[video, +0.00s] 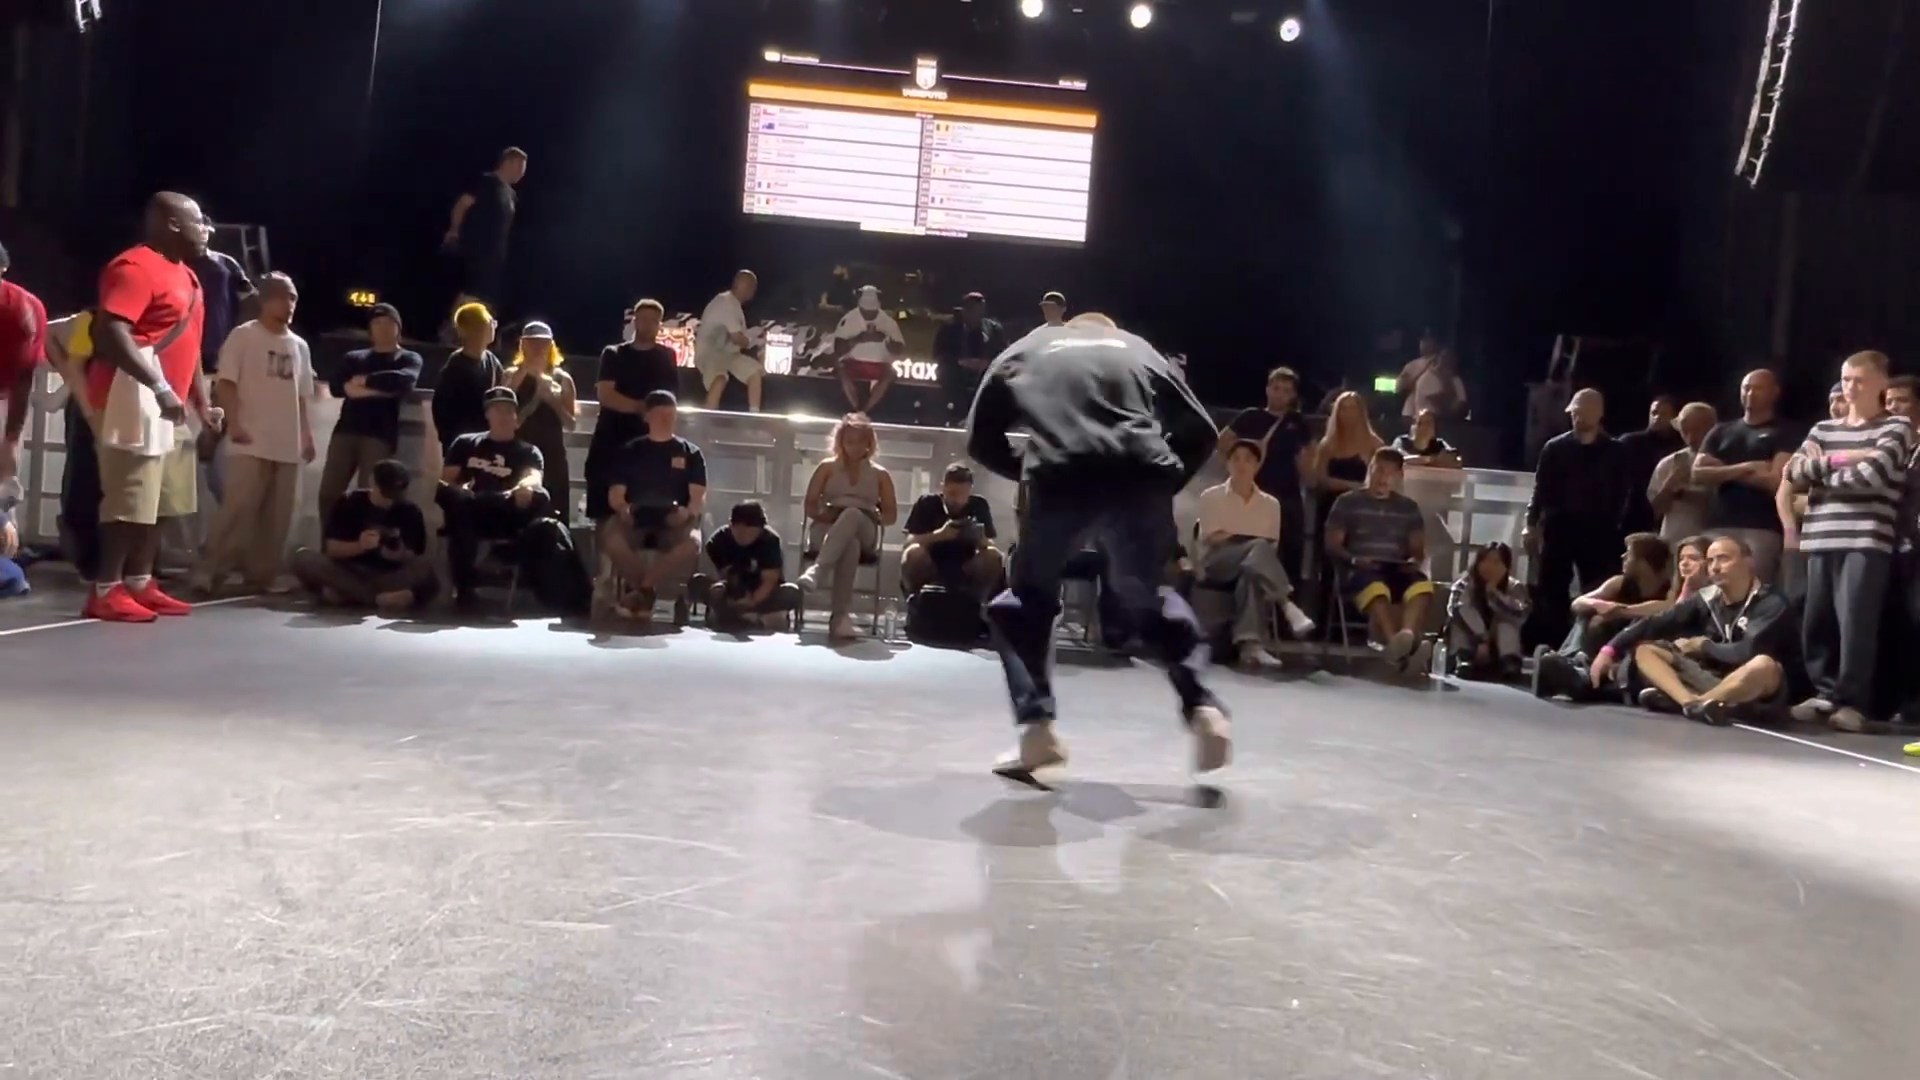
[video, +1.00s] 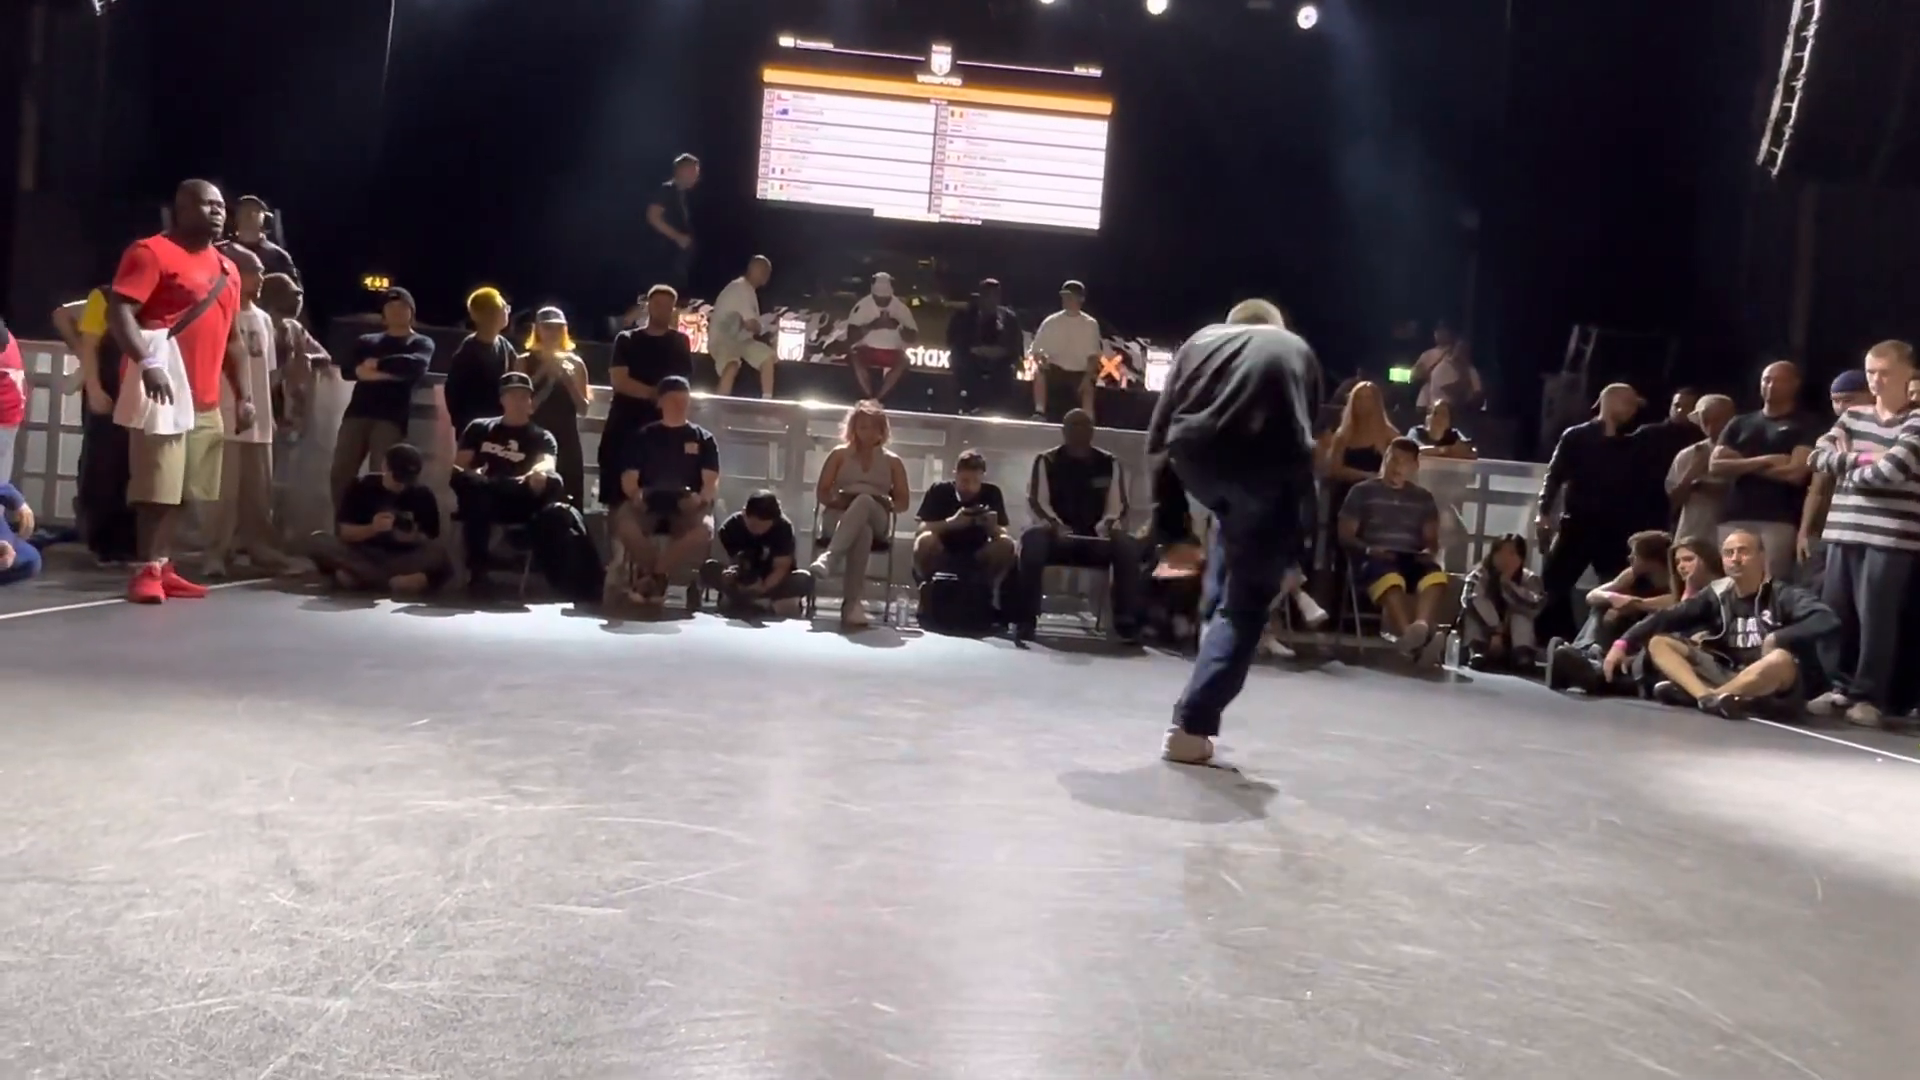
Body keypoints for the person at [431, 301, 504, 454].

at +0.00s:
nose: (495, 324)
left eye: (492, 320)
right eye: (490, 321)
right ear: (476, 330)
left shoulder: (492, 362)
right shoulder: (453, 369)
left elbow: (497, 400)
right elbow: (440, 406)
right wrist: (449, 440)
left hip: (487, 441)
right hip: (458, 444)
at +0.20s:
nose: (498, 323)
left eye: (496, 319)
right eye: (492, 320)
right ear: (472, 328)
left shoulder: (495, 362)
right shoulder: (457, 366)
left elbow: (498, 399)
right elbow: (442, 401)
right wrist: (450, 435)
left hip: (489, 437)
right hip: (460, 439)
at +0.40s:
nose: (502, 319)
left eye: (500, 315)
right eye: (498, 317)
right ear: (486, 324)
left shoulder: (499, 357)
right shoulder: (459, 363)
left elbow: (503, 393)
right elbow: (444, 398)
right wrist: (453, 432)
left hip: (492, 433)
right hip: (463, 435)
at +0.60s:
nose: (504, 315)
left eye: (501, 311)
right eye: (498, 312)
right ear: (482, 320)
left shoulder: (501, 354)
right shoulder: (462, 358)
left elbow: (507, 391)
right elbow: (447, 394)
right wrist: (457, 430)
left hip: (495, 430)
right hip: (467, 433)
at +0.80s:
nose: (508, 313)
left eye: (505, 309)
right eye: (502, 310)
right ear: (489, 317)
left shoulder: (503, 350)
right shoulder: (463, 358)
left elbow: (508, 388)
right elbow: (449, 393)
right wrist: (460, 429)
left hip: (497, 428)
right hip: (468, 430)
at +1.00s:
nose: (509, 309)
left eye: (505, 305)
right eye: (503, 306)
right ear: (489, 314)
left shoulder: (505, 347)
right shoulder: (466, 354)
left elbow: (512, 384)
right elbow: (452, 389)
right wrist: (461, 424)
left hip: (501, 425)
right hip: (471, 427)